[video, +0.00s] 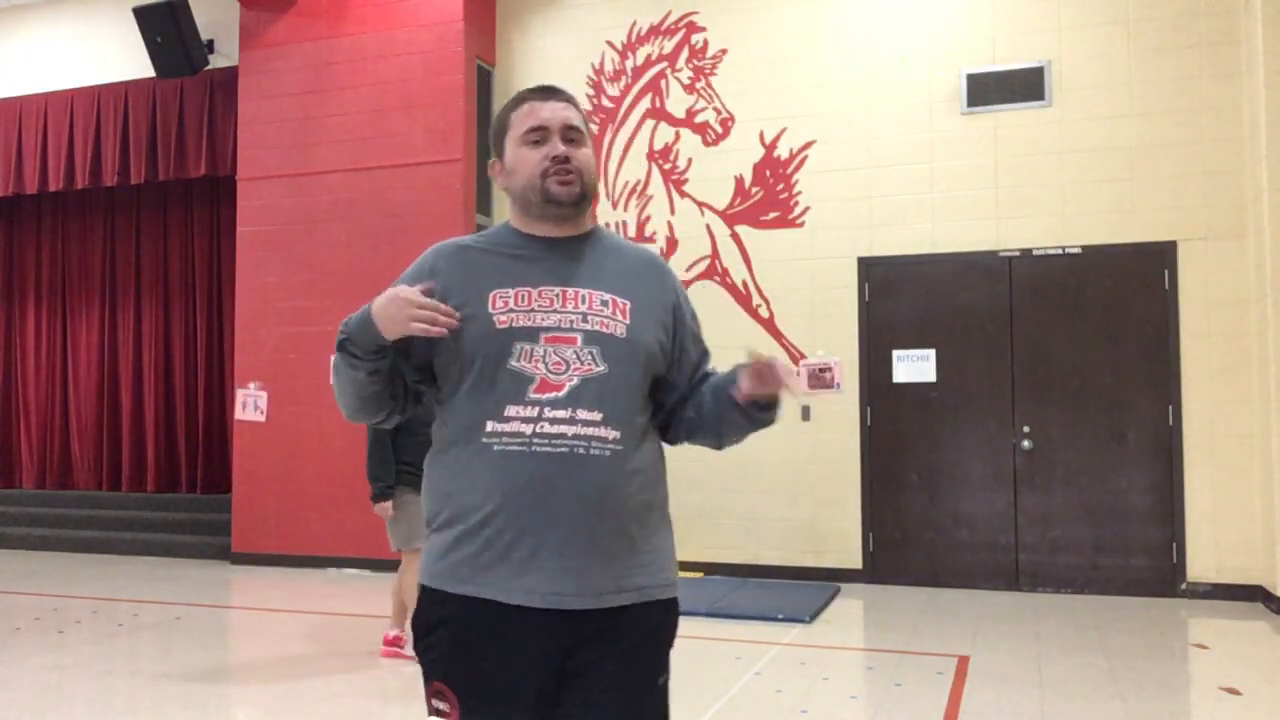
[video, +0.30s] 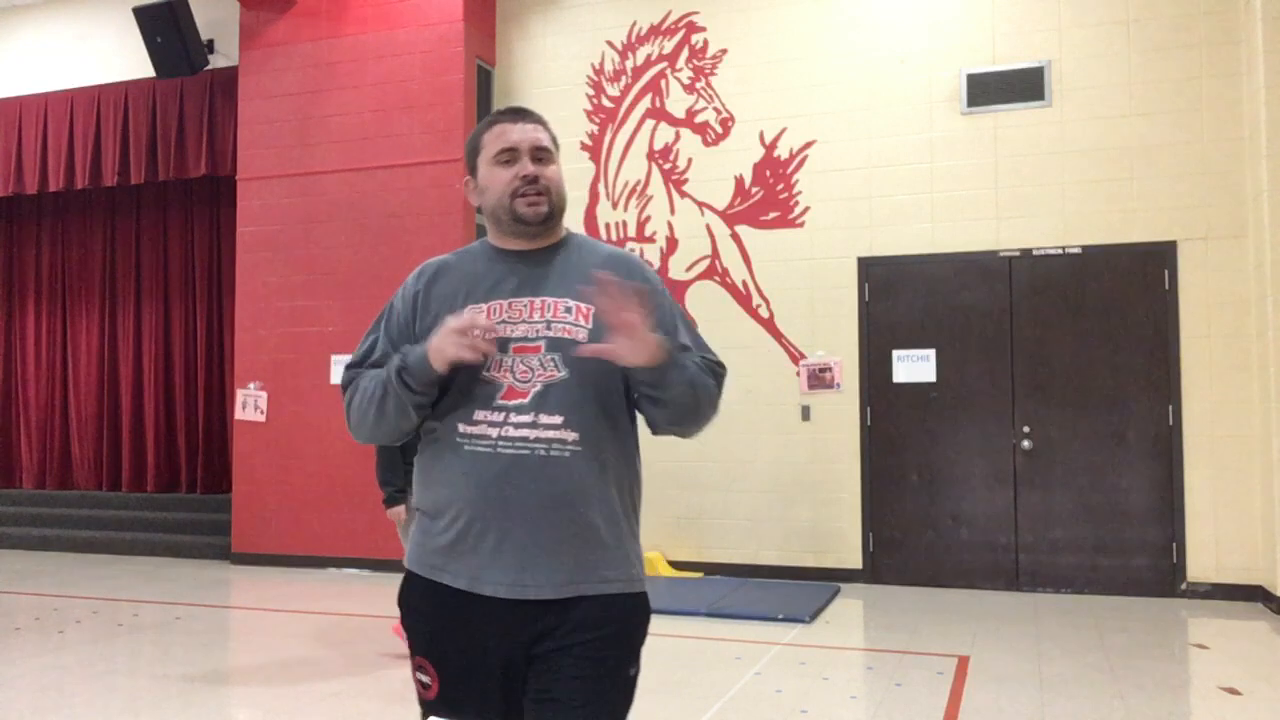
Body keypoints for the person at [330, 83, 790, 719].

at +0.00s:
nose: (560, 149)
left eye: (574, 136)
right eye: (536, 138)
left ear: (596, 160)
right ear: (499, 169)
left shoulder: (649, 276)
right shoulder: (449, 269)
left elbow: (680, 407)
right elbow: (367, 406)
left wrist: (739, 393)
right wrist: (370, 331)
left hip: (625, 600)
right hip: (480, 598)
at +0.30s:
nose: (530, 170)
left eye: (543, 156)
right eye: (507, 158)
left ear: (562, 174)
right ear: (473, 189)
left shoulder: (623, 279)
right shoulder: (432, 283)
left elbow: (693, 411)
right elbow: (364, 414)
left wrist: (652, 359)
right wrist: (428, 360)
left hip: (592, 590)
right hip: (456, 590)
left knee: (581, 710)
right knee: (464, 710)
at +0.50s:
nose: (516, 175)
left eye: (529, 161)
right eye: (494, 165)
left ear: (553, 181)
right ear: (465, 195)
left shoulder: (613, 273)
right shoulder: (427, 287)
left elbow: (671, 383)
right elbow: (360, 404)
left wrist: (576, 324)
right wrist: (419, 393)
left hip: (583, 581)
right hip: (449, 582)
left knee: (568, 711)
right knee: (456, 713)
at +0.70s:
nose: (503, 182)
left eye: (520, 169)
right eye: (485, 171)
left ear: (548, 186)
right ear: (463, 195)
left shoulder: (601, 271)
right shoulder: (424, 289)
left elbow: (629, 372)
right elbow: (366, 403)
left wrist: (510, 335)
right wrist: (437, 394)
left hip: (573, 573)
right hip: (442, 574)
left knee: (562, 711)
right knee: (450, 714)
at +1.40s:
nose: (520, 182)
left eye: (533, 172)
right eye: (500, 170)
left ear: (549, 193)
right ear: (464, 194)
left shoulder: (598, 280)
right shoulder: (415, 292)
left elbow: (666, 374)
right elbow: (342, 399)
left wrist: (573, 373)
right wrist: (419, 395)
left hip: (577, 580)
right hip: (446, 582)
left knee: (568, 711)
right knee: (452, 714)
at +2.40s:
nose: (545, 169)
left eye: (565, 157)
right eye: (529, 155)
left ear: (594, 181)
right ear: (503, 179)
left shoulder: (637, 273)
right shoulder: (449, 273)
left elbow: (694, 383)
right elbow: (373, 395)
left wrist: (623, 351)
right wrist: (435, 358)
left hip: (608, 590)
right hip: (472, 589)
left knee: (600, 709)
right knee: (481, 710)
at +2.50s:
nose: (545, 161)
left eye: (566, 149)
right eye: (529, 147)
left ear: (597, 177)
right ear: (507, 170)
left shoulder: (647, 271)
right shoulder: (451, 269)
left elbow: (719, 369)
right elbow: (372, 397)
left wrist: (683, 389)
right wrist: (419, 351)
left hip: (617, 590)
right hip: (478, 590)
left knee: (610, 710)